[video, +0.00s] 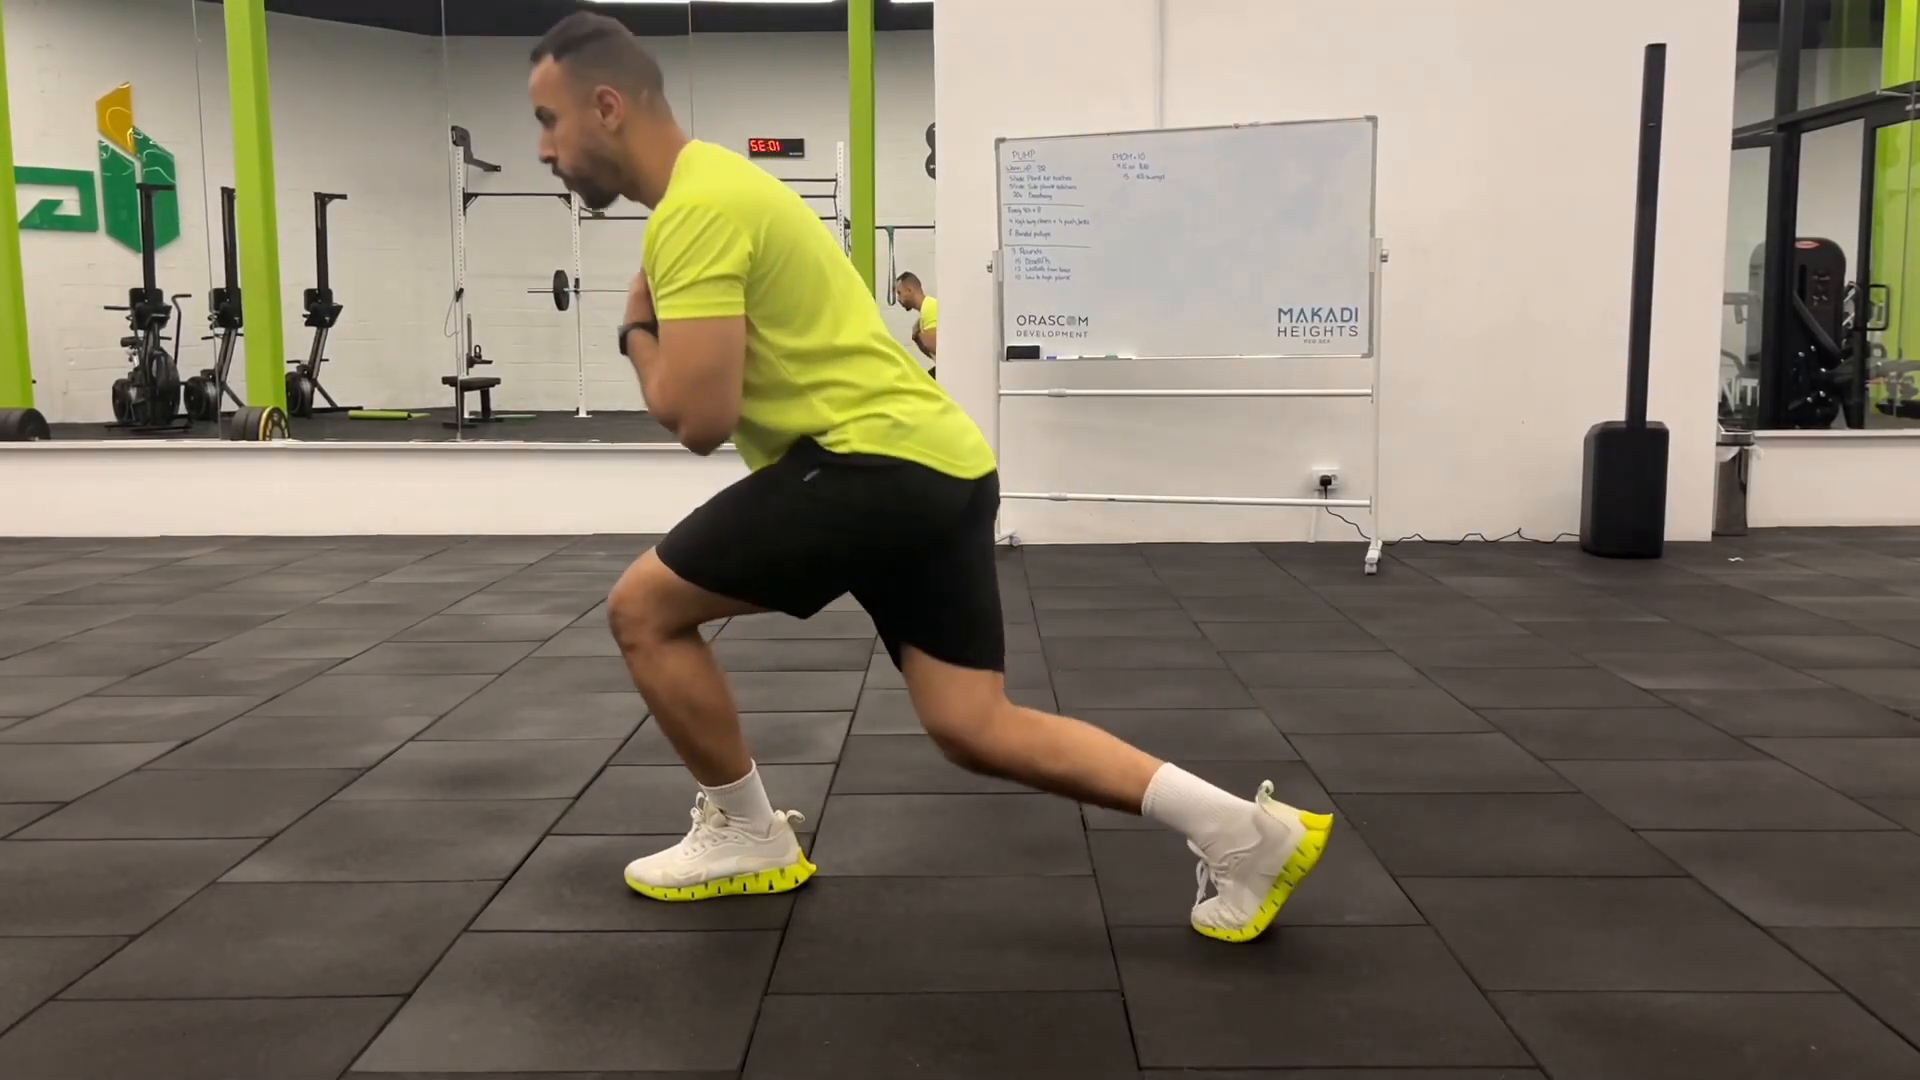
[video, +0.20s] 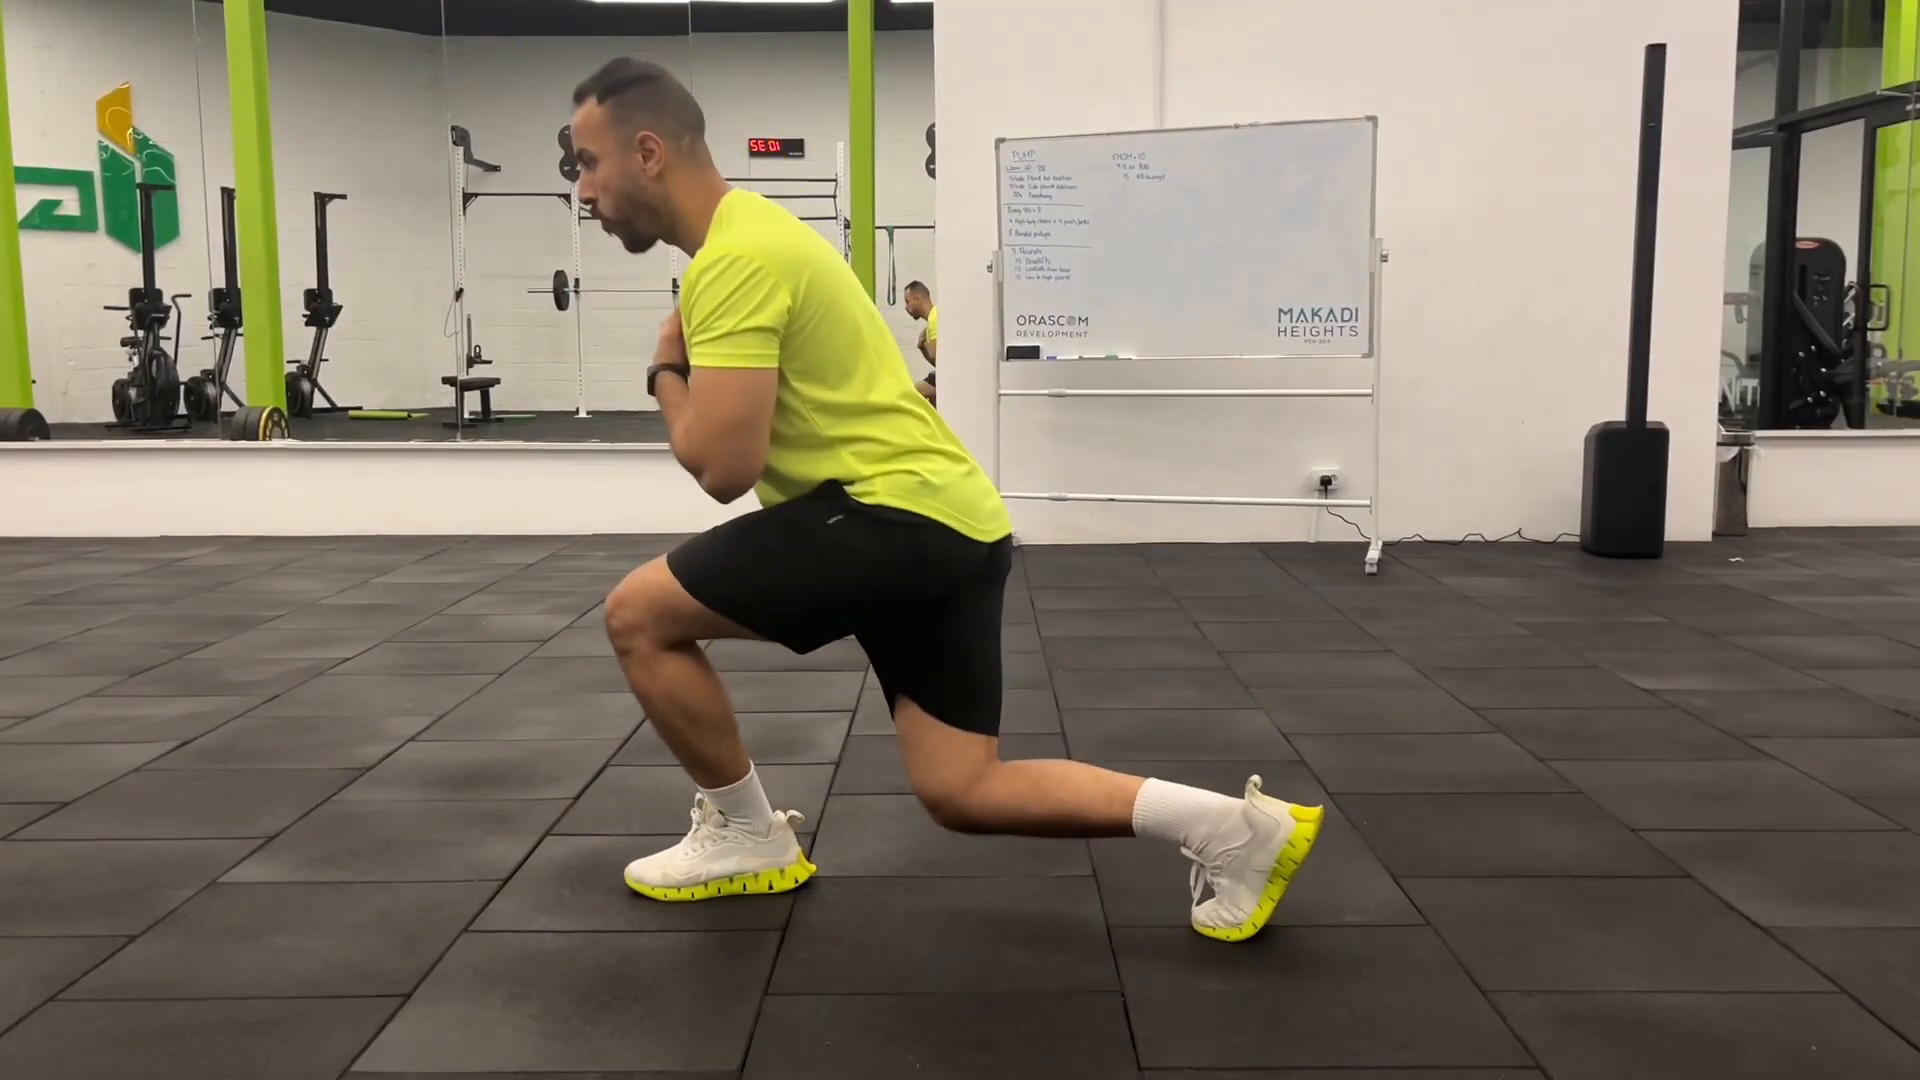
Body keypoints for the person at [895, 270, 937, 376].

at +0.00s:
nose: (898, 299)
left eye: (899, 293)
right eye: (897, 294)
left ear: (910, 290)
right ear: (909, 291)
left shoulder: (930, 306)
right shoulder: (924, 311)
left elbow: (932, 344)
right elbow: (931, 354)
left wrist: (918, 334)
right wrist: (916, 338)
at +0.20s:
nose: (906, 308)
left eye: (907, 302)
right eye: (905, 302)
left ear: (917, 300)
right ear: (918, 300)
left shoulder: (935, 318)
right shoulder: (932, 319)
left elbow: (934, 355)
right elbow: (935, 361)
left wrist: (925, 343)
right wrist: (922, 348)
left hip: (945, 375)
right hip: (941, 374)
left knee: (913, 394)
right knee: (914, 394)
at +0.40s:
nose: (911, 311)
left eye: (913, 305)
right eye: (911, 306)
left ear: (924, 303)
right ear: (925, 303)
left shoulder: (939, 330)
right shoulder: (936, 328)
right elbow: (938, 368)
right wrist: (927, 351)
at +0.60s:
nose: (915, 312)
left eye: (917, 306)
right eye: (915, 307)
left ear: (928, 305)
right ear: (928, 305)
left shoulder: (943, 335)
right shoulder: (934, 338)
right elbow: (939, 369)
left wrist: (933, 352)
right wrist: (928, 353)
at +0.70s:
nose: (916, 312)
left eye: (918, 306)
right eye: (916, 307)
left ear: (929, 305)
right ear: (929, 305)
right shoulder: (935, 337)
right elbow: (939, 369)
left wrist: (934, 351)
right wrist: (929, 353)